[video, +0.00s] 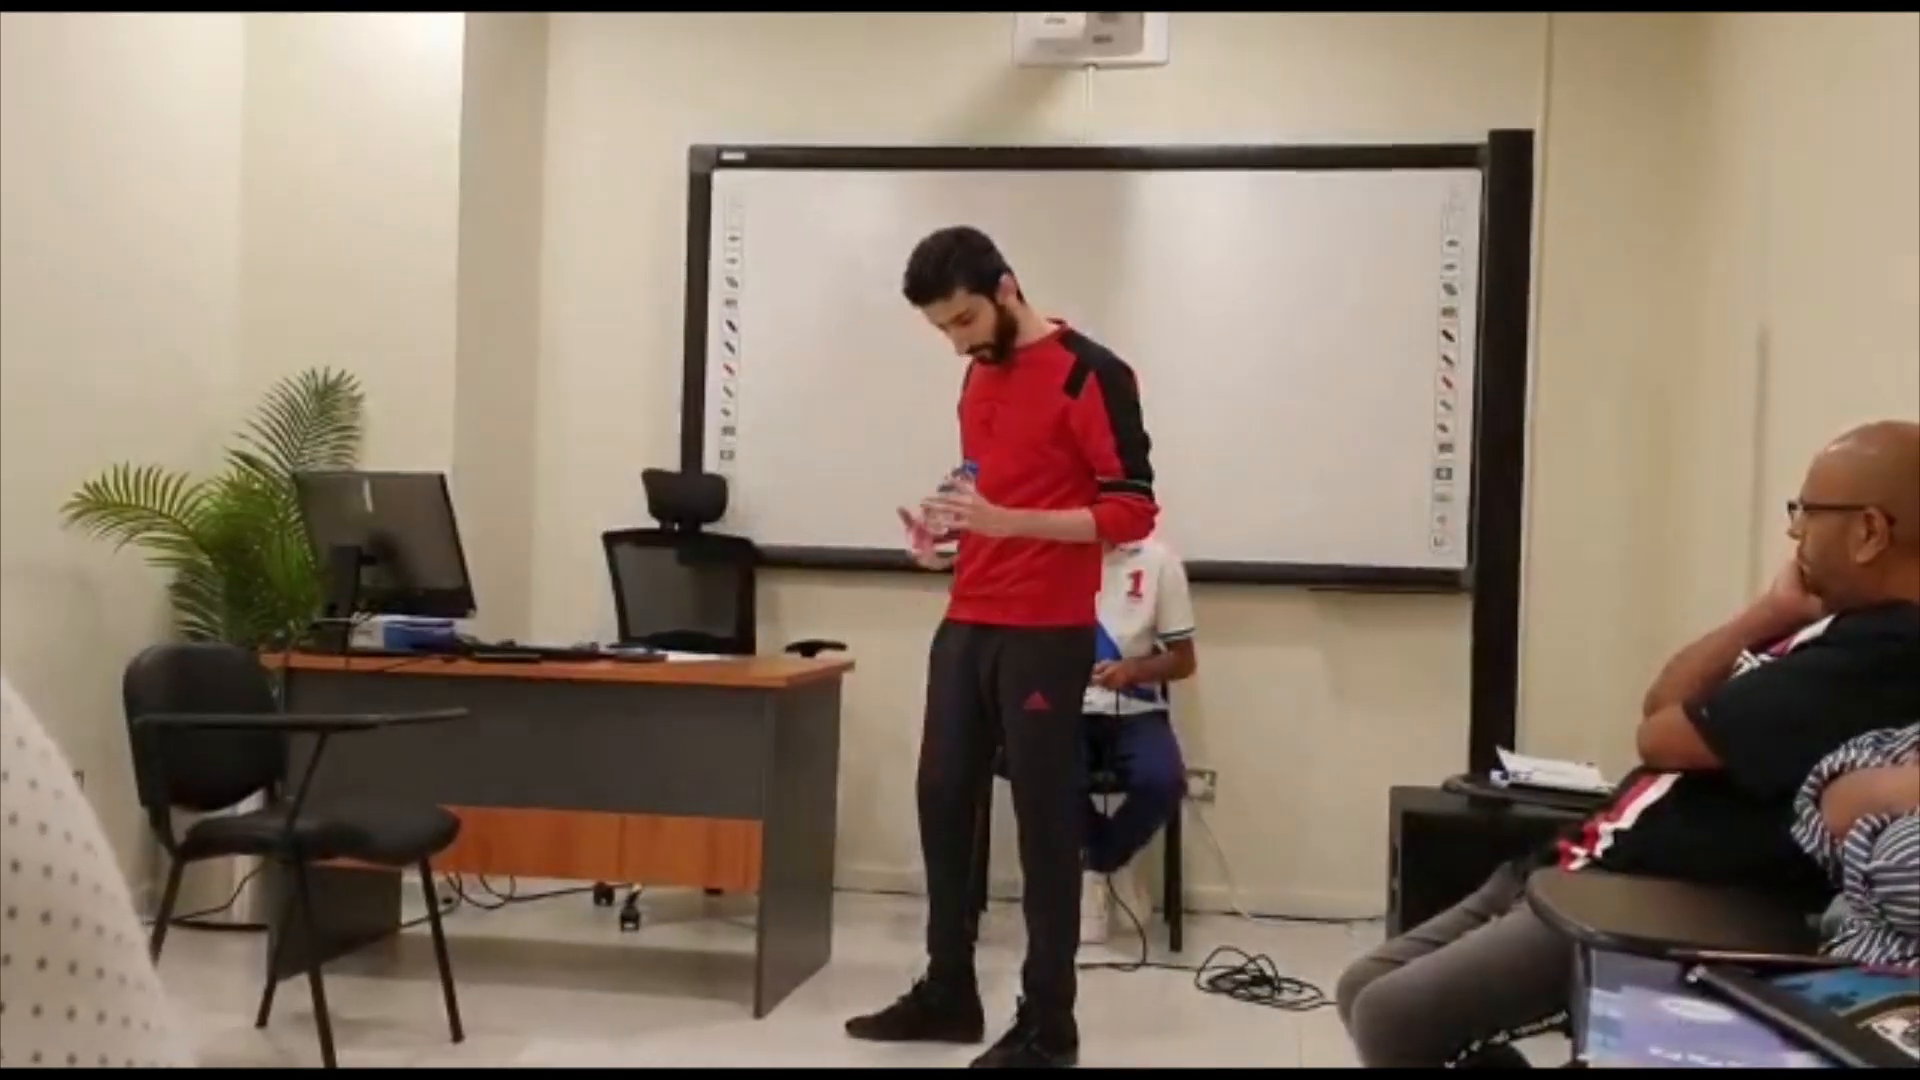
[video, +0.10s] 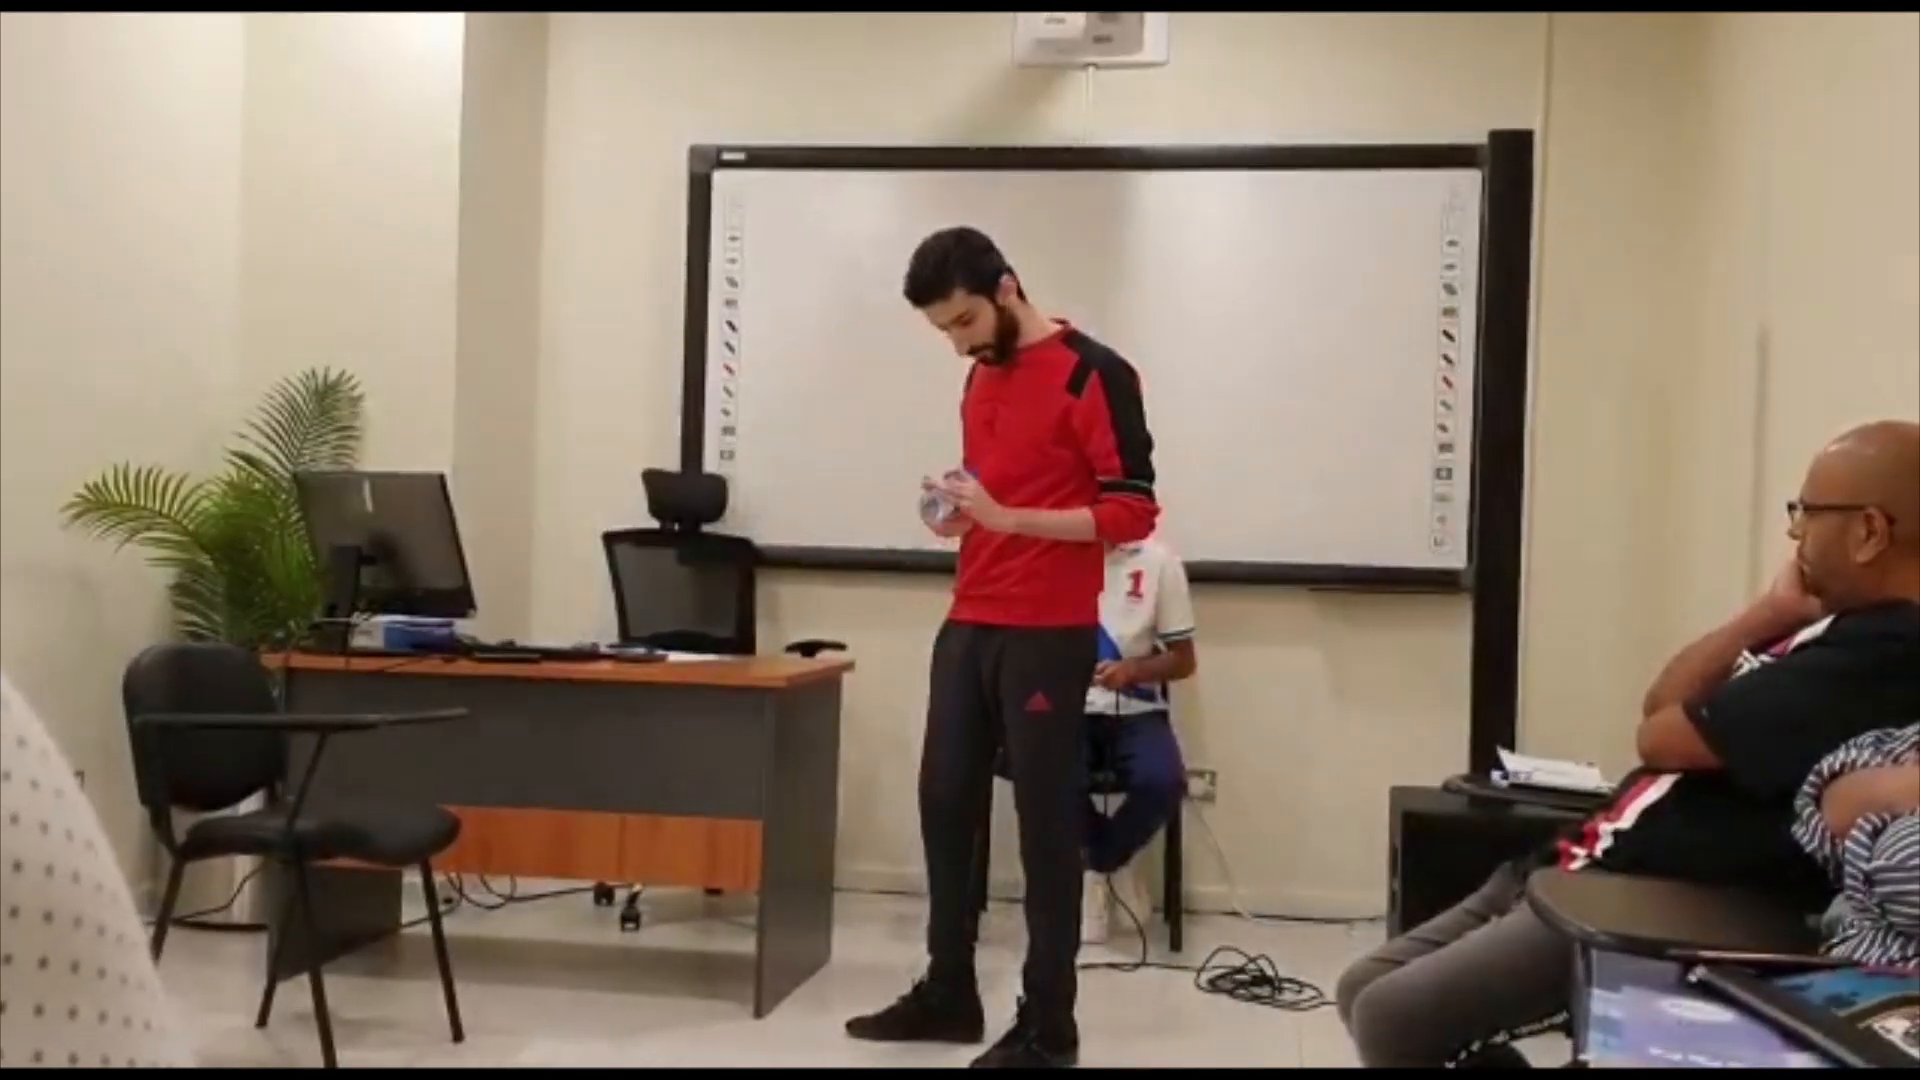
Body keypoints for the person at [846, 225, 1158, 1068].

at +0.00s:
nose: (957, 340)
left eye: (964, 320)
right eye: (943, 327)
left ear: (1007, 289)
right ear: (937, 318)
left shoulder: (1093, 375)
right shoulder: (980, 375)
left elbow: (1133, 515)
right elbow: (988, 479)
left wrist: (1002, 520)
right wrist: (942, 514)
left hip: (1049, 634)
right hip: (969, 625)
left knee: (1047, 828)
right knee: (946, 802)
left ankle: (1046, 1025)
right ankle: (948, 993)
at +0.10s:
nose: (958, 341)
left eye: (965, 321)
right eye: (945, 328)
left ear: (1009, 288)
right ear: (939, 319)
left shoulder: (1096, 374)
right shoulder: (983, 377)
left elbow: (1133, 515)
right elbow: (1006, 495)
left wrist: (1003, 515)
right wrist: (957, 510)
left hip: (1051, 634)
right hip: (972, 625)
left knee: (1048, 832)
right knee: (948, 804)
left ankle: (1046, 1027)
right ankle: (948, 993)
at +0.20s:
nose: (959, 342)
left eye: (966, 321)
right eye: (946, 329)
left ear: (1008, 289)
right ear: (942, 319)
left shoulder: (1097, 372)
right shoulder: (985, 378)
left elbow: (1136, 513)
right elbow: (1007, 499)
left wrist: (1007, 515)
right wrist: (962, 506)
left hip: (1054, 632)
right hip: (975, 623)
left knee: (1050, 825)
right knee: (950, 797)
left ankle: (1048, 1024)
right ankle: (949, 991)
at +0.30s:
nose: (959, 342)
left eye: (965, 322)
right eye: (945, 329)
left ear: (1008, 289)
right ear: (944, 318)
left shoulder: (1098, 372)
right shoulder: (987, 378)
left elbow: (1138, 512)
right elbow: (1011, 498)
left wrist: (1006, 513)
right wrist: (964, 506)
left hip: (1056, 633)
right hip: (976, 625)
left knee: (1051, 827)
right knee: (950, 799)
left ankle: (1048, 1025)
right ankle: (950, 993)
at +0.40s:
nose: (956, 342)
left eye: (961, 322)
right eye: (943, 329)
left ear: (1006, 290)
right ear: (949, 317)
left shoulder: (1098, 371)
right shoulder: (986, 380)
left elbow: (1141, 507)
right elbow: (993, 494)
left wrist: (1010, 522)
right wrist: (951, 521)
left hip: (1057, 635)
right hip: (976, 626)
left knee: (1053, 832)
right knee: (951, 807)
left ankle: (1048, 1025)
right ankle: (951, 994)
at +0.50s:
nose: (941, 338)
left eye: (947, 318)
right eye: (932, 323)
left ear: (996, 289)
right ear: (972, 304)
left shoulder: (1091, 369)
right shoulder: (982, 381)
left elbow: (1145, 502)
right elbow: (988, 492)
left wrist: (1017, 542)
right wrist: (944, 530)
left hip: (1054, 637)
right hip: (973, 630)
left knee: (1052, 833)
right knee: (953, 814)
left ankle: (1049, 1026)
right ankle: (955, 996)